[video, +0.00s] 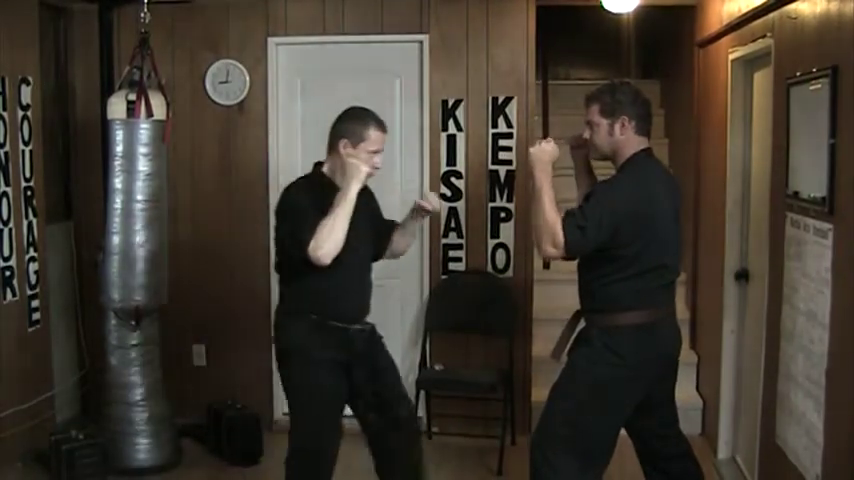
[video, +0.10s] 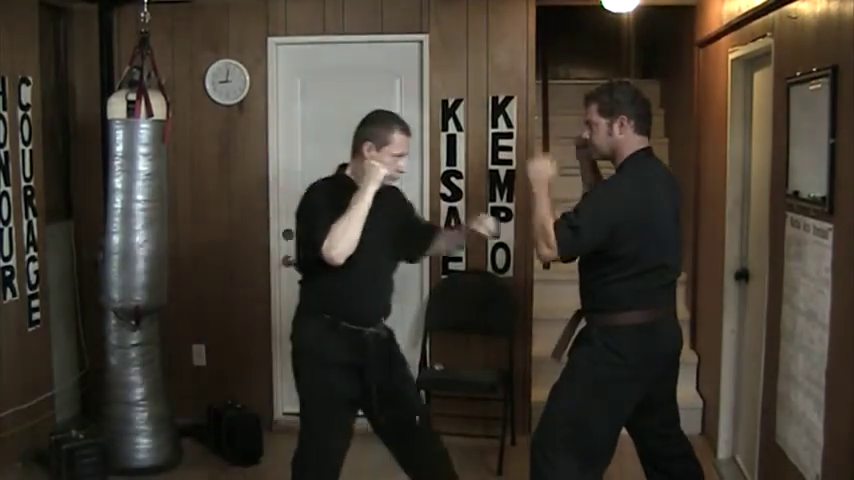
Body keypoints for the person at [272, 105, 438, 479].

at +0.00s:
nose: (379, 163)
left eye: (380, 154)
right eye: (373, 153)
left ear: (351, 150)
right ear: (344, 149)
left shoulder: (361, 196)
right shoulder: (299, 195)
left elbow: (390, 247)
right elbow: (320, 252)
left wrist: (416, 216)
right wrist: (350, 187)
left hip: (358, 336)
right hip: (309, 337)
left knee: (399, 429)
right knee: (316, 445)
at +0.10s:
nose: (403, 166)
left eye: (405, 157)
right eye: (397, 156)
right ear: (367, 150)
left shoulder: (391, 200)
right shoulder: (322, 195)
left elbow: (420, 242)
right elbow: (335, 252)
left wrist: (465, 233)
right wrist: (367, 188)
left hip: (374, 340)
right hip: (323, 338)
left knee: (419, 444)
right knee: (323, 447)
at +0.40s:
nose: (450, 171)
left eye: (452, 162)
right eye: (444, 161)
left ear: (423, 157)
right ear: (415, 155)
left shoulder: (442, 208)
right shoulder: (365, 196)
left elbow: (489, 258)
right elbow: (360, 256)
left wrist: (537, 290)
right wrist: (406, 200)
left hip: (412, 344)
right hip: (358, 339)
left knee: (443, 444)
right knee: (340, 441)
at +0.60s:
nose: (454, 168)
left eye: (456, 160)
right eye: (448, 159)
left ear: (427, 155)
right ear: (419, 154)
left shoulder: (445, 203)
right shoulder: (369, 196)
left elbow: (492, 251)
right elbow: (375, 258)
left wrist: (545, 279)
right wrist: (418, 200)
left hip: (416, 345)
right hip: (362, 341)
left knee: (447, 442)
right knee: (336, 448)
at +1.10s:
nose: (395, 163)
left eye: (397, 154)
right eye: (388, 153)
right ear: (357, 149)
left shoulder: (382, 201)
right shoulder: (318, 198)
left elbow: (419, 247)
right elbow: (334, 260)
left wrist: (456, 242)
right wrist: (373, 198)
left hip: (378, 339)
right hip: (329, 340)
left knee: (424, 444)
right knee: (332, 456)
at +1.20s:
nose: (376, 159)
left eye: (379, 150)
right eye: (370, 149)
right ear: (339, 144)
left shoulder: (359, 195)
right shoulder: (301, 193)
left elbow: (397, 240)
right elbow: (324, 251)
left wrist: (430, 210)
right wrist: (361, 189)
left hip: (361, 338)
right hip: (312, 339)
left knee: (399, 439)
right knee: (320, 452)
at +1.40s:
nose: (358, 154)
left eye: (360, 146)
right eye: (351, 145)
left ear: (331, 142)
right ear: (321, 139)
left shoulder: (341, 189)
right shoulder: (281, 186)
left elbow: (381, 231)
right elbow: (303, 242)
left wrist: (397, 184)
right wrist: (333, 178)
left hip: (332, 330)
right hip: (289, 329)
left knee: (341, 430)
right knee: (299, 439)